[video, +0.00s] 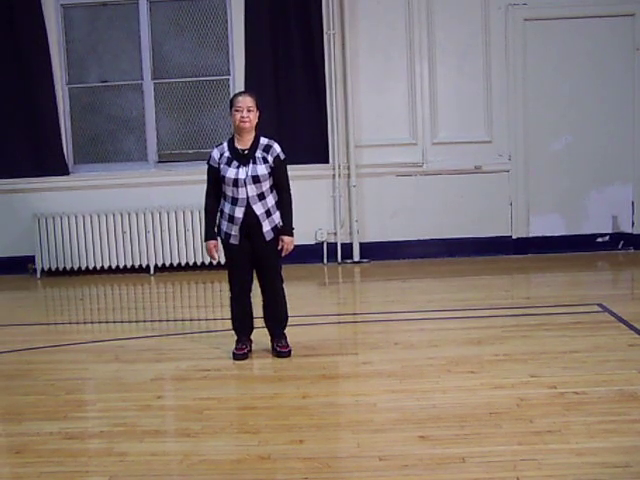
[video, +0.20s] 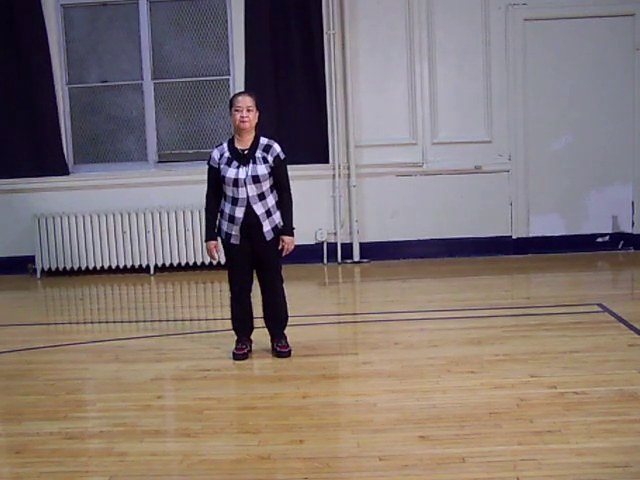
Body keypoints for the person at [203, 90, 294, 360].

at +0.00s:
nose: (244, 115)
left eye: (249, 110)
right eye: (238, 110)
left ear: (257, 115)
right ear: (231, 115)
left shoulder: (271, 150)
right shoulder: (219, 154)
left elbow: (284, 192)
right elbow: (212, 197)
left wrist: (287, 230)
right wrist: (210, 234)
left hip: (267, 230)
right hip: (233, 232)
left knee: (272, 285)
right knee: (239, 288)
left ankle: (278, 335)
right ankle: (242, 337)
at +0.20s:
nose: (243, 115)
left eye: (249, 110)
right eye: (238, 110)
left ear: (257, 115)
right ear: (231, 115)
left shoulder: (271, 149)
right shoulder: (219, 155)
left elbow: (284, 192)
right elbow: (213, 197)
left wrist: (287, 230)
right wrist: (211, 235)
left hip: (267, 230)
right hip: (234, 233)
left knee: (272, 285)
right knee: (239, 288)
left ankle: (278, 335)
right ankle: (243, 338)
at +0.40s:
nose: (244, 114)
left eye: (249, 109)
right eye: (238, 110)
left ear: (257, 115)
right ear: (231, 115)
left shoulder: (271, 149)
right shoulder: (219, 155)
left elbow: (285, 192)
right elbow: (213, 198)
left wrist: (288, 229)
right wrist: (211, 235)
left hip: (268, 231)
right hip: (234, 233)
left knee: (273, 285)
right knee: (239, 288)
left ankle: (278, 335)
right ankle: (243, 337)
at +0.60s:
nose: (244, 115)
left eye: (249, 110)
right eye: (238, 110)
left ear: (257, 115)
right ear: (231, 115)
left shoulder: (271, 149)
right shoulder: (220, 154)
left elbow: (285, 192)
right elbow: (213, 197)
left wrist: (287, 230)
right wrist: (212, 235)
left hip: (268, 230)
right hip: (234, 233)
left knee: (273, 285)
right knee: (240, 288)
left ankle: (278, 335)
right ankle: (243, 337)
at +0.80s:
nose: (244, 115)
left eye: (249, 110)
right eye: (238, 110)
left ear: (258, 115)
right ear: (231, 115)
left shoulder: (271, 150)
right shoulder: (220, 154)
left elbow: (284, 192)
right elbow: (213, 198)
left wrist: (287, 230)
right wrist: (212, 235)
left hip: (268, 230)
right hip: (234, 233)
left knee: (273, 285)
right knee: (239, 288)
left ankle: (278, 335)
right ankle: (243, 337)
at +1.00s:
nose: (244, 115)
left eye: (249, 110)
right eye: (239, 110)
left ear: (258, 115)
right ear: (231, 115)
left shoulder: (271, 150)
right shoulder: (219, 154)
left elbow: (284, 192)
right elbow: (213, 197)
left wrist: (287, 230)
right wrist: (211, 234)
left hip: (267, 230)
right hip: (234, 232)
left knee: (273, 285)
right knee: (239, 288)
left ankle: (279, 335)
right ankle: (243, 338)